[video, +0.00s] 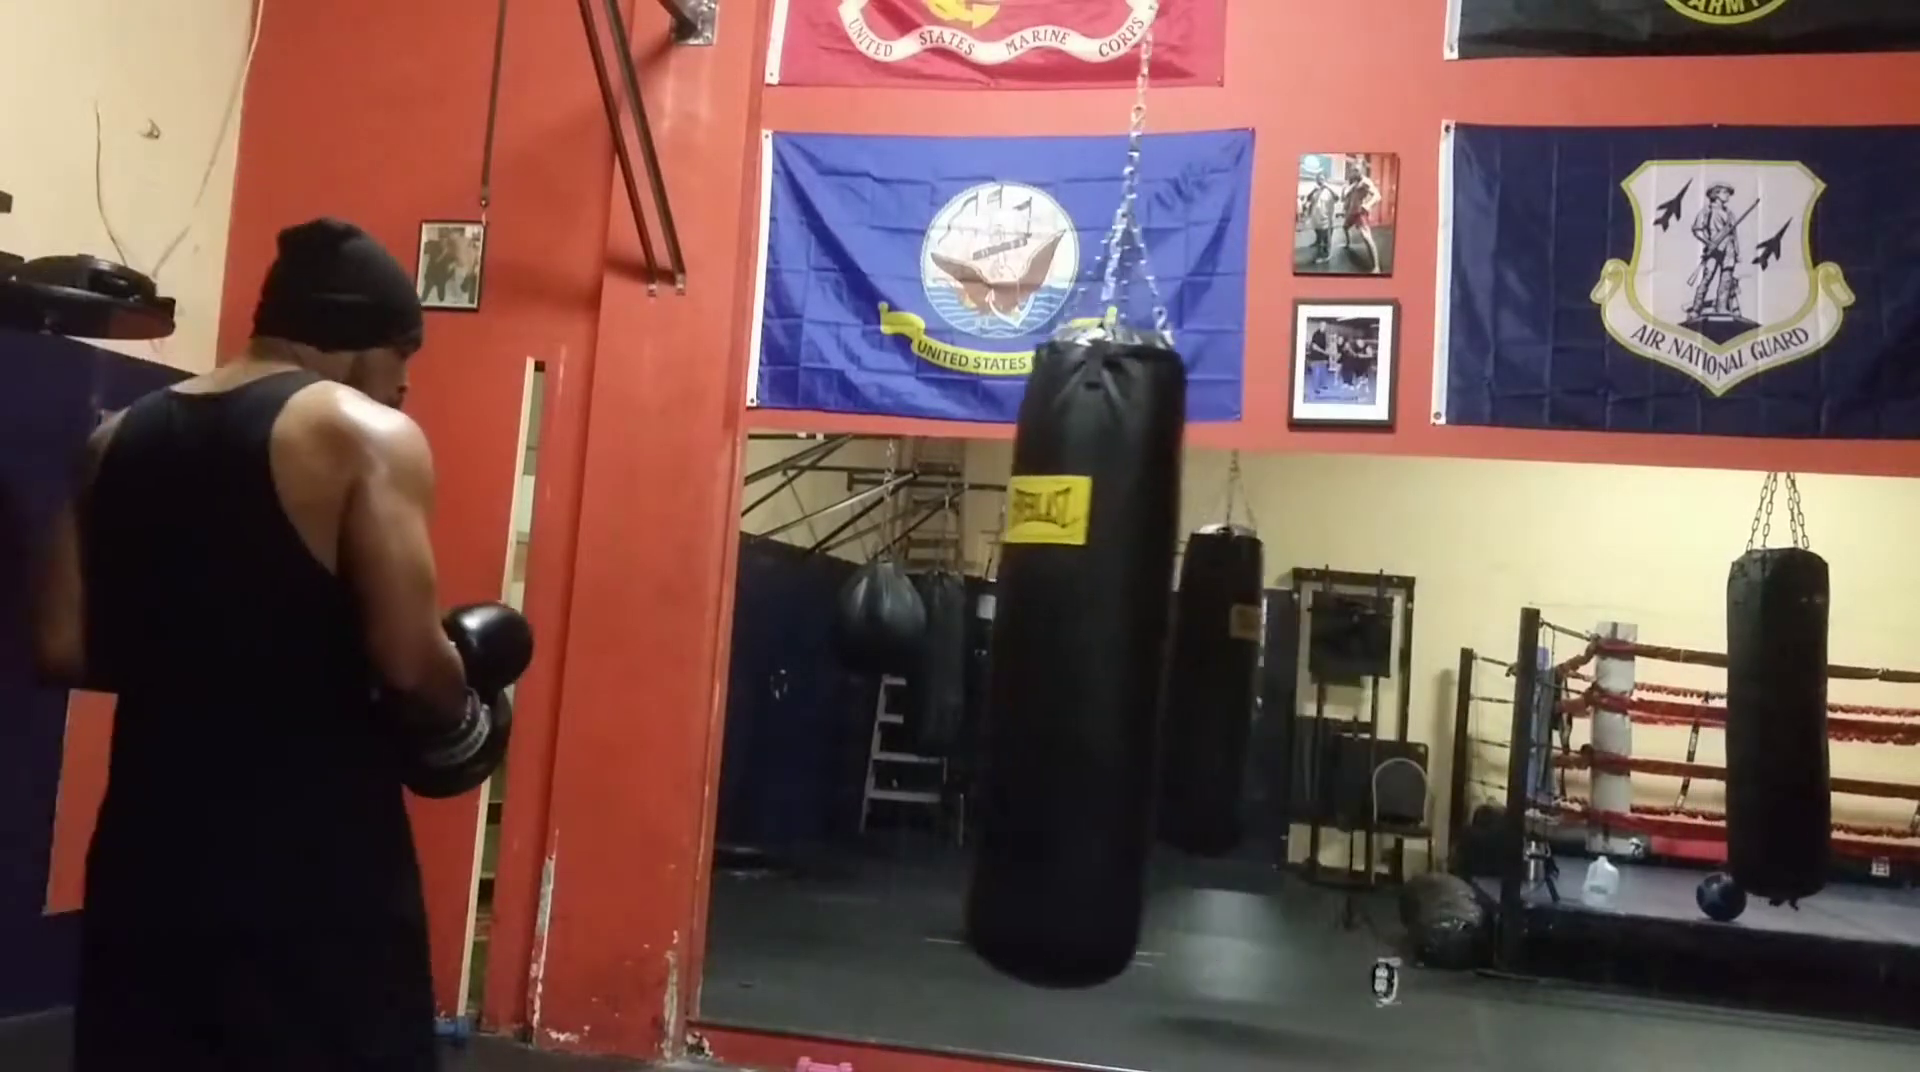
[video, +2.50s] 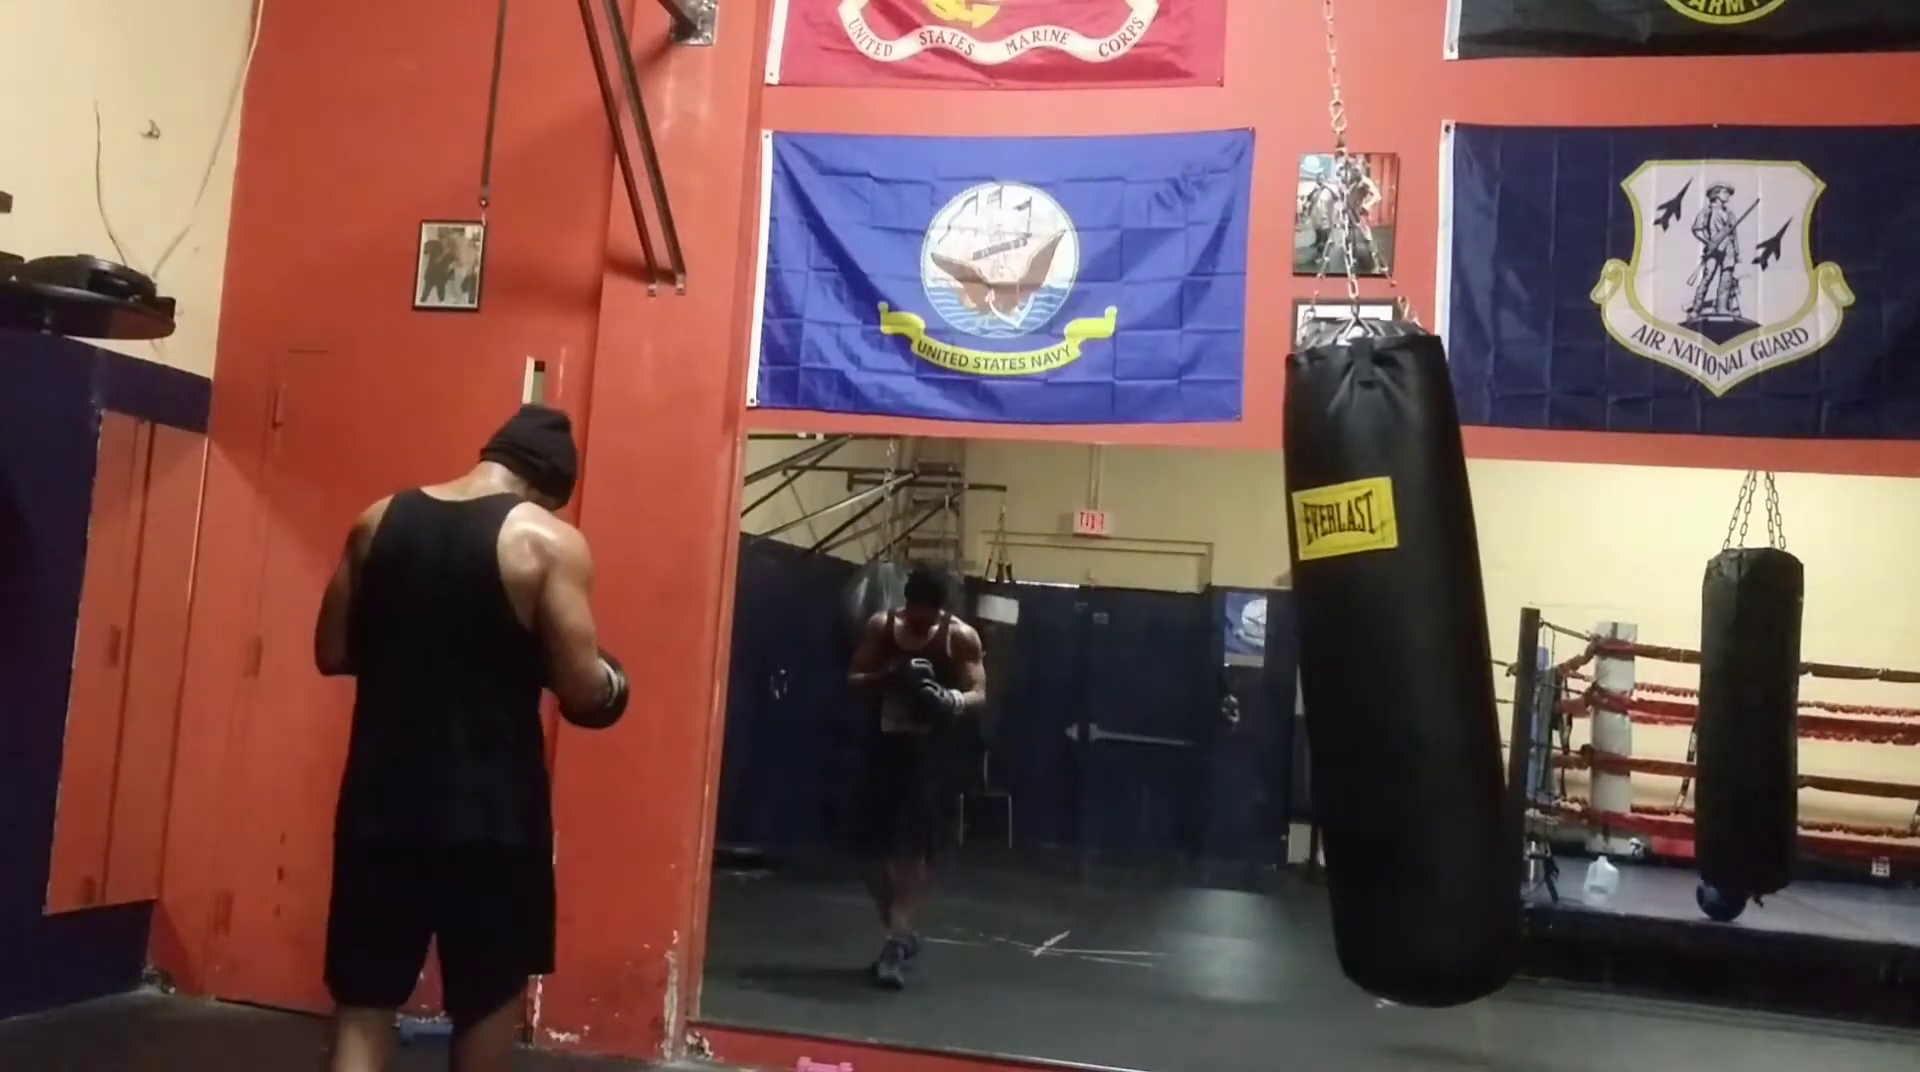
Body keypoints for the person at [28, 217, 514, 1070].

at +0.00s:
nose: (400, 387)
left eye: (405, 366)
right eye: (398, 363)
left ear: (275, 322)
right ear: (357, 344)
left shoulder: (122, 435)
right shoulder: (370, 435)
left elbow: (64, 649)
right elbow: (413, 660)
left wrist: (200, 658)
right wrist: (457, 714)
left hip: (152, 841)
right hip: (313, 854)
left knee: (145, 1048)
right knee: (332, 1048)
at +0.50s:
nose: (440, 427)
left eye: (441, 416)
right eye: (444, 415)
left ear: (342, 366)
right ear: (434, 400)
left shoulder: (204, 465)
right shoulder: (452, 477)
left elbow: (153, 657)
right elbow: (499, 675)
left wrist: (273, 662)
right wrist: (523, 636)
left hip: (223, 853)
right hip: (383, 866)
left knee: (207, 1055)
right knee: (373, 1054)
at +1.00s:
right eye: (501, 415)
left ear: (407, 396)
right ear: (501, 420)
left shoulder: (301, 477)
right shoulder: (538, 513)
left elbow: (231, 646)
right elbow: (560, 686)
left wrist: (337, 650)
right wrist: (474, 723)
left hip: (300, 830)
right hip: (443, 851)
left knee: (271, 1044)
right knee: (423, 1052)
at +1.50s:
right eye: (486, 434)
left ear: (404, 418)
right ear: (488, 437)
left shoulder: (307, 499)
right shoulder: (517, 516)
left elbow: (243, 652)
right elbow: (556, 671)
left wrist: (344, 653)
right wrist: (510, 712)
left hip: (324, 813)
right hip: (449, 824)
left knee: (315, 1030)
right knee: (430, 1032)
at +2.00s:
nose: (508, 483)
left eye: (509, 470)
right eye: (511, 470)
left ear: (433, 432)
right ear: (503, 457)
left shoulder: (324, 499)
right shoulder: (502, 514)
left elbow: (276, 643)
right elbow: (539, 668)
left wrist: (366, 618)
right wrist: (573, 671)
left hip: (332, 785)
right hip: (450, 794)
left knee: (330, 997)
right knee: (464, 977)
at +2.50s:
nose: (559, 503)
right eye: (561, 492)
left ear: (490, 455)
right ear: (557, 482)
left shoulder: (381, 518)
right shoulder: (550, 541)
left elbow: (333, 653)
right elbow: (582, 694)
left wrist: (417, 635)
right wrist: (612, 686)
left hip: (381, 806)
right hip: (492, 816)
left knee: (362, 1014)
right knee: (489, 1019)